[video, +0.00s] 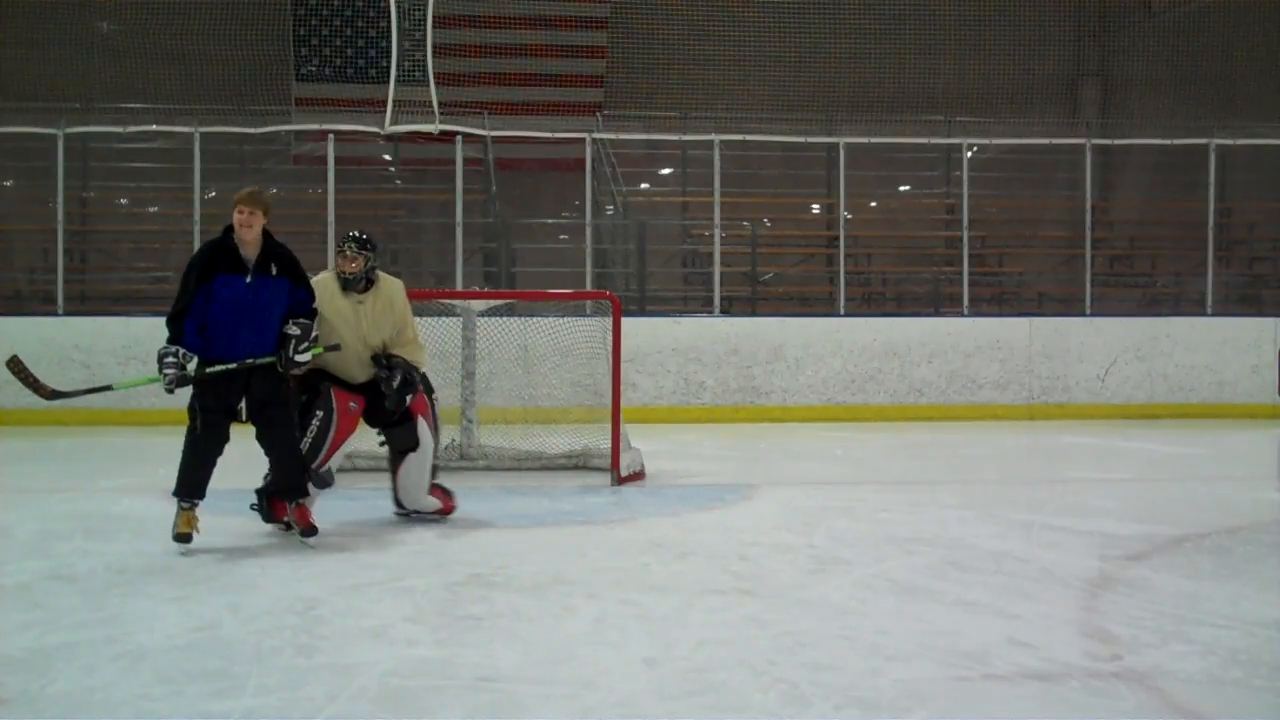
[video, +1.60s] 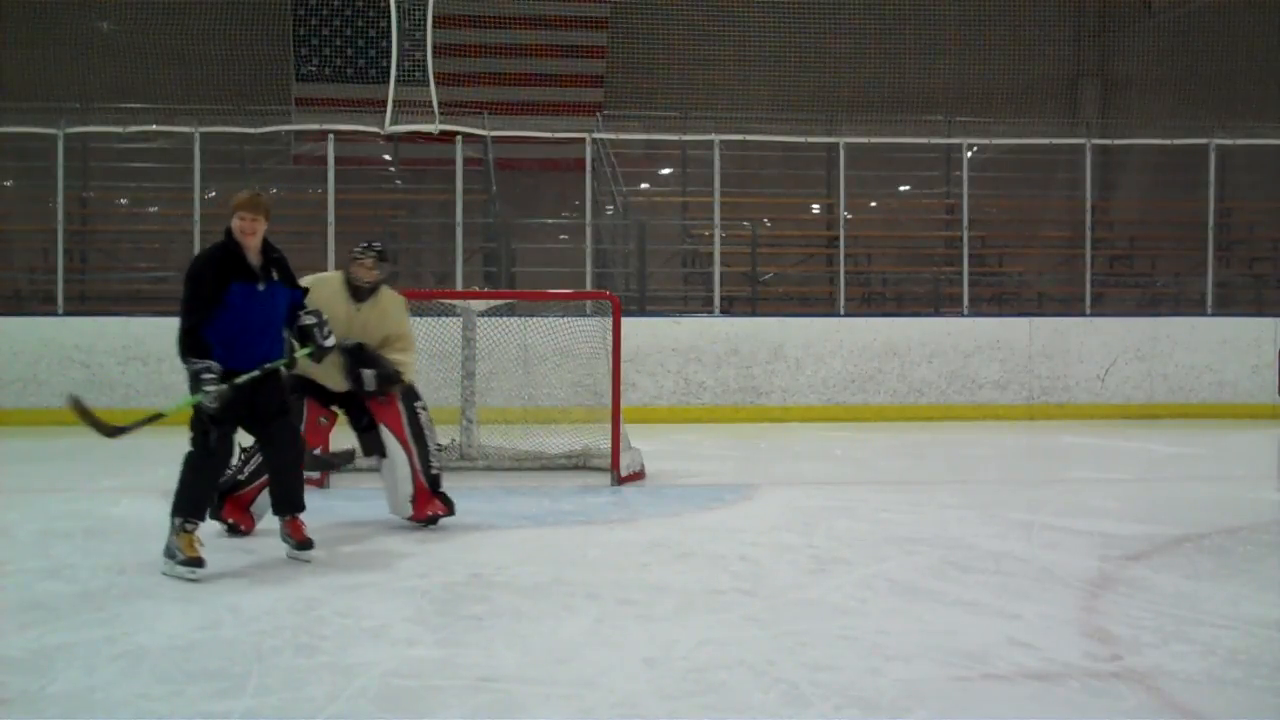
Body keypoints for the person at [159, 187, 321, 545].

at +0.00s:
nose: (245, 219)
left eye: (252, 213)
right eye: (240, 212)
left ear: (265, 219)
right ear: (232, 216)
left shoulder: (282, 259)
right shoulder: (209, 258)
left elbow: (304, 303)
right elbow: (184, 310)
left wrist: (299, 333)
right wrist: (175, 353)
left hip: (267, 365)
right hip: (216, 366)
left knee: (282, 433)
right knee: (206, 435)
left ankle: (296, 503)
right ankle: (186, 507)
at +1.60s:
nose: (247, 225)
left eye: (254, 219)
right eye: (241, 218)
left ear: (266, 224)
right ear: (231, 222)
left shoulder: (276, 263)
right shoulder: (209, 265)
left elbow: (294, 308)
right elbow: (191, 327)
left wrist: (309, 328)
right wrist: (203, 373)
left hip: (267, 374)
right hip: (220, 378)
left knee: (286, 444)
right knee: (211, 452)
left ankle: (290, 517)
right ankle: (184, 532)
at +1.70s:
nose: (268, 228)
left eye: (276, 222)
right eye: (262, 220)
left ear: (286, 228)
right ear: (249, 223)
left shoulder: (288, 266)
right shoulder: (227, 265)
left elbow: (299, 312)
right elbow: (214, 328)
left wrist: (316, 326)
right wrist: (230, 377)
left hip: (279, 374)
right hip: (232, 376)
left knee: (304, 442)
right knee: (230, 454)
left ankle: (298, 522)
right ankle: (193, 535)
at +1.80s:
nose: (300, 238)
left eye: (306, 231)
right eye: (293, 230)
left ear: (311, 237)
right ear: (274, 232)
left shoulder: (303, 278)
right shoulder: (253, 274)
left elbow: (305, 329)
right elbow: (243, 339)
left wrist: (322, 353)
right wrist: (268, 378)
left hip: (291, 380)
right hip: (246, 380)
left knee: (330, 441)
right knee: (244, 456)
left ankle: (316, 525)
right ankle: (200, 535)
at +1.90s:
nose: (335, 253)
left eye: (340, 246)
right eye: (328, 244)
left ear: (344, 251)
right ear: (309, 245)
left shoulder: (319, 288)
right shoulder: (290, 282)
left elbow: (325, 344)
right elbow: (295, 349)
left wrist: (347, 374)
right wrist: (329, 378)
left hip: (302, 389)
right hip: (266, 388)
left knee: (356, 441)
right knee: (261, 464)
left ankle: (343, 524)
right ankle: (207, 537)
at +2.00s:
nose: (382, 254)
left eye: (384, 247)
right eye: (375, 247)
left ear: (381, 252)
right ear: (354, 248)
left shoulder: (359, 286)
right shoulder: (339, 283)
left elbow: (357, 343)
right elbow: (346, 344)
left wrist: (384, 374)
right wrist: (381, 376)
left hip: (339, 386)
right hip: (300, 383)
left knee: (382, 441)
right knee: (275, 462)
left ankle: (362, 527)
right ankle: (213, 539)